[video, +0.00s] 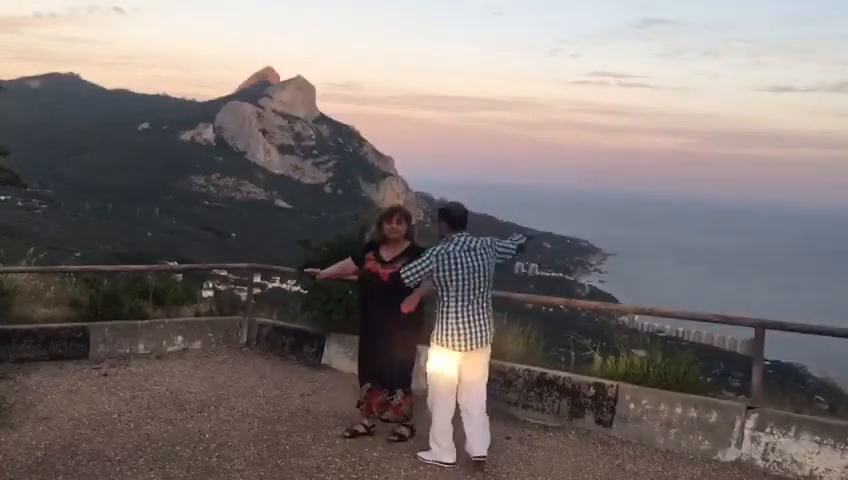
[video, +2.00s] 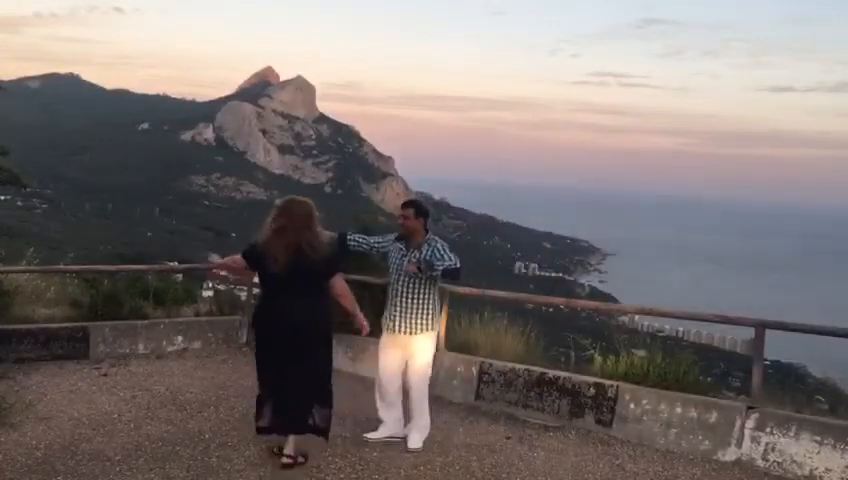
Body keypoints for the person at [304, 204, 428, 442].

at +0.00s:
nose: (394, 227)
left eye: (399, 223)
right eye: (389, 223)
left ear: (408, 227)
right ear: (381, 226)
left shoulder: (417, 254)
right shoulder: (370, 251)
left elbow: (433, 280)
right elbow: (349, 265)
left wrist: (417, 295)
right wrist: (323, 273)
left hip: (403, 325)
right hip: (372, 323)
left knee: (399, 372)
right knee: (369, 370)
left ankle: (404, 424)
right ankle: (367, 420)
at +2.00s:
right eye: (314, 218)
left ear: (278, 219)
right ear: (311, 221)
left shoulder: (267, 246)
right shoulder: (321, 249)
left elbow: (239, 263)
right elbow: (339, 289)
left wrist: (218, 264)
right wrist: (357, 315)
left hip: (272, 327)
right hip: (309, 329)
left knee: (280, 380)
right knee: (301, 383)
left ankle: (285, 438)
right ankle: (290, 449)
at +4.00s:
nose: (321, 236)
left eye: (322, 231)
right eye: (319, 230)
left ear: (293, 220)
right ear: (307, 225)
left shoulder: (272, 245)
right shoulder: (290, 246)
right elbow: (304, 275)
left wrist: (317, 239)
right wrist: (340, 273)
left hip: (258, 334)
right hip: (280, 338)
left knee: (252, 393)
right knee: (280, 399)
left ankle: (249, 448)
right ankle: (268, 460)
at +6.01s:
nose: (377, 226)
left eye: (377, 220)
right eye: (372, 220)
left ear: (360, 223)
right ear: (355, 221)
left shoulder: (375, 259)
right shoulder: (328, 247)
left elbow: (389, 295)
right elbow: (308, 274)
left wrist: (419, 318)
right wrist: (341, 267)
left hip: (351, 346)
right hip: (313, 341)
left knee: (336, 406)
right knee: (308, 403)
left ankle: (325, 464)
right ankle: (301, 466)